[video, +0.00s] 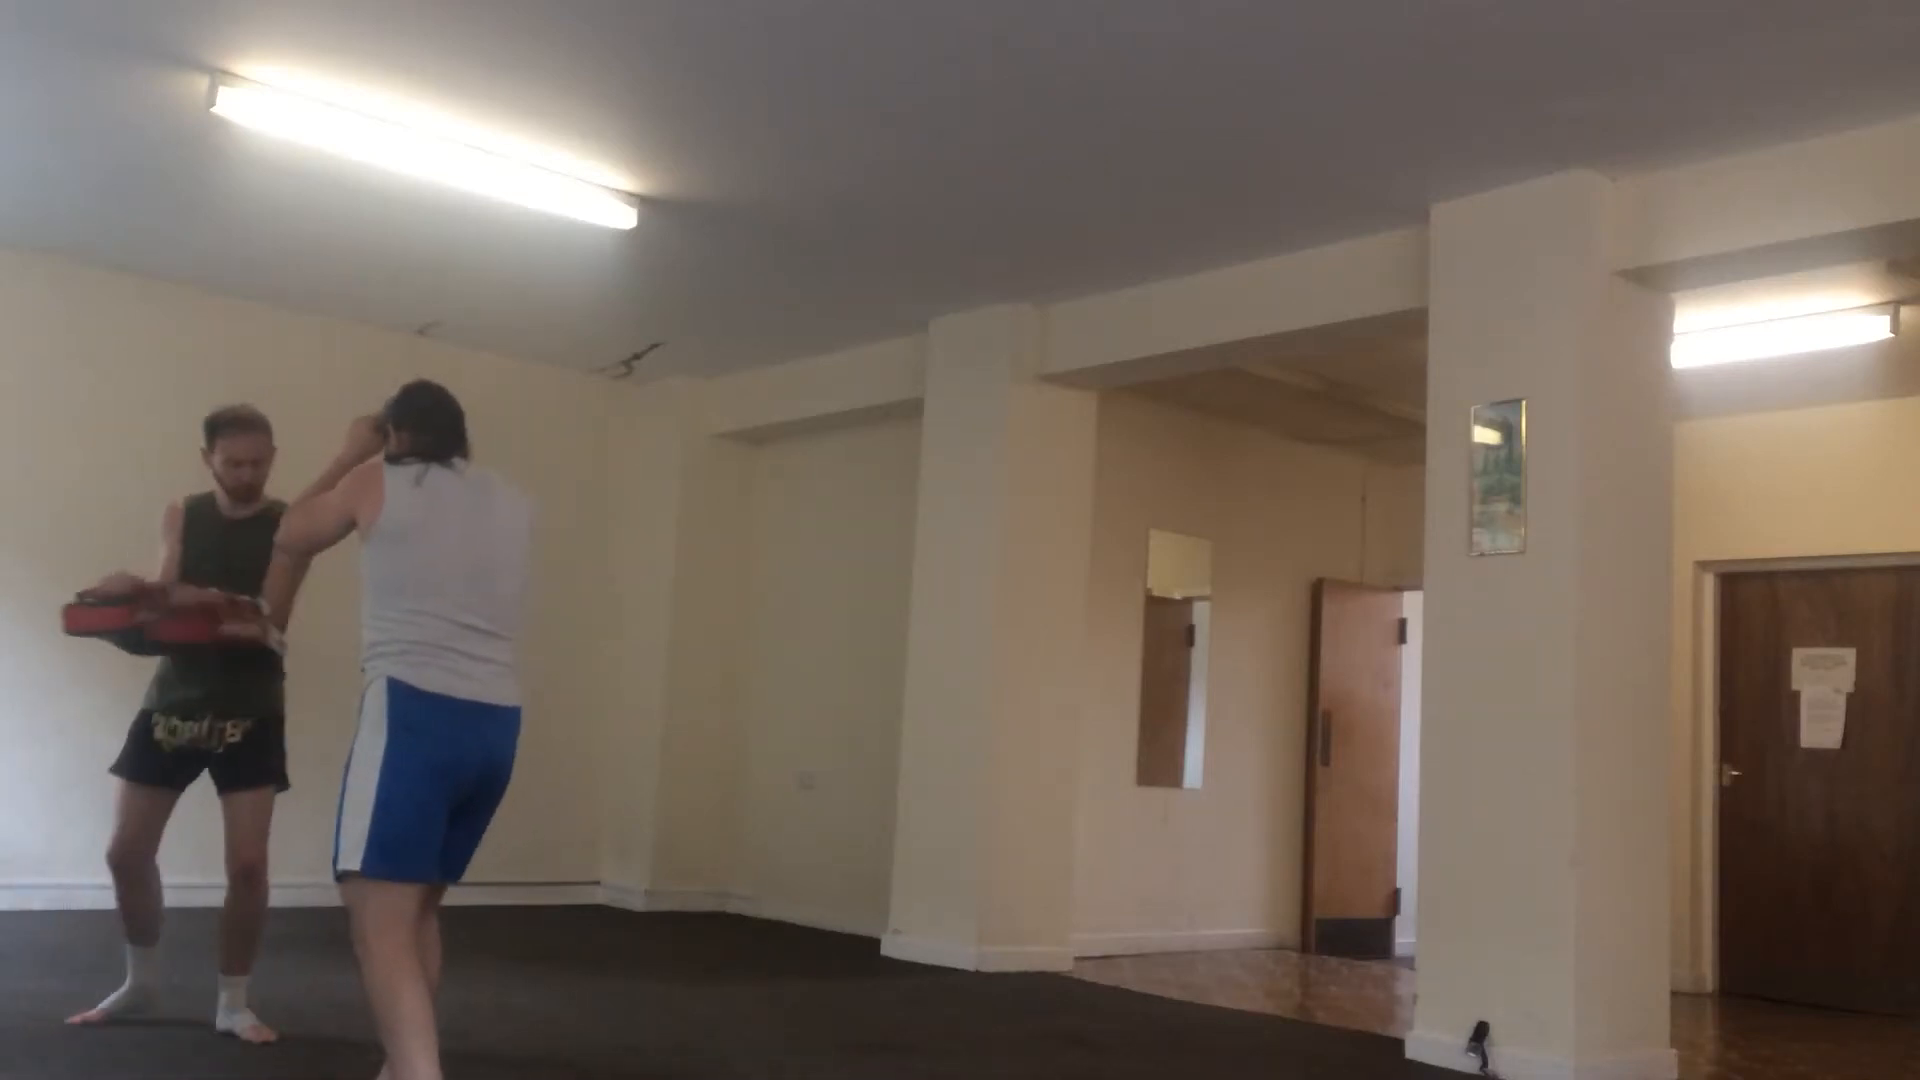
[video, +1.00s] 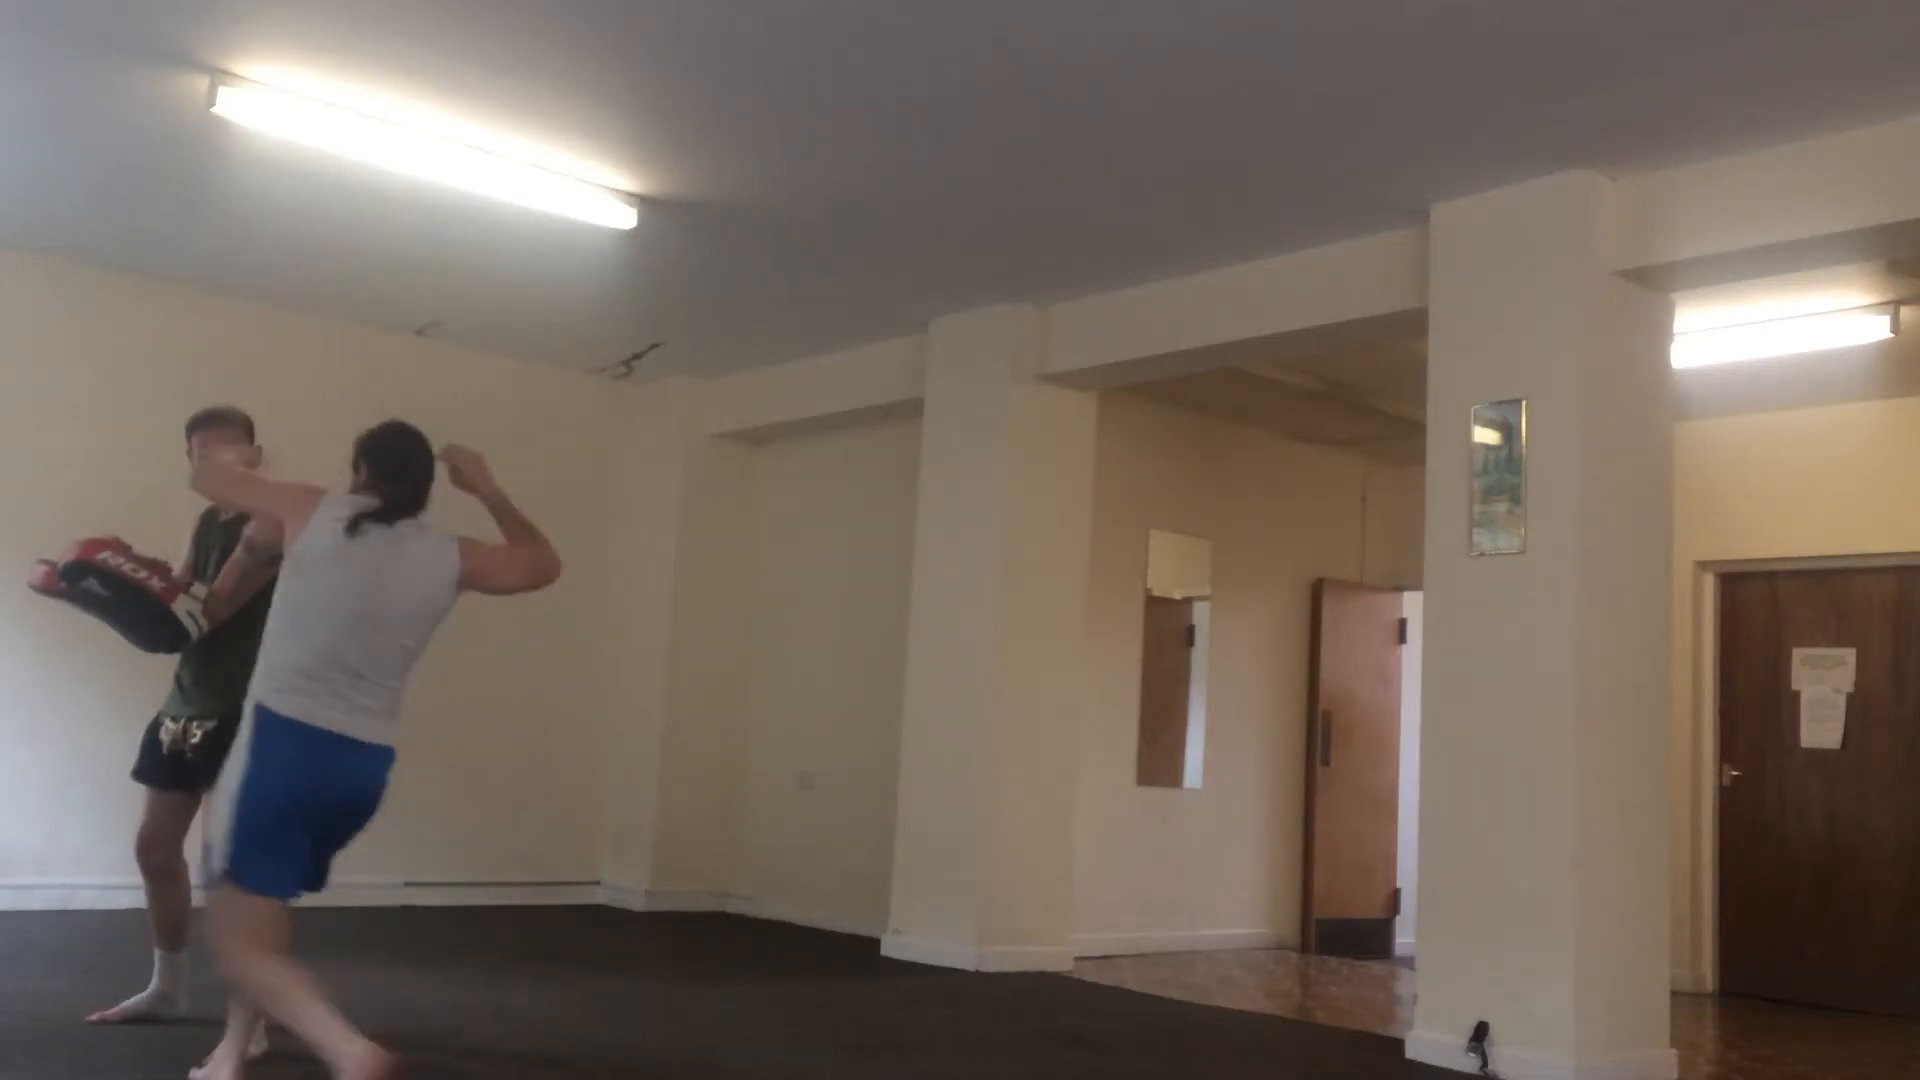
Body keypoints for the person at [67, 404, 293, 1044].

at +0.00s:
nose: (246, 475)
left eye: (257, 463)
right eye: (234, 463)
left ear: (272, 459)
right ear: (209, 459)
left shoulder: (289, 524)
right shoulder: (184, 515)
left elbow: (275, 624)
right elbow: (165, 593)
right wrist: (132, 589)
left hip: (249, 707)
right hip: (176, 700)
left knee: (248, 867)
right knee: (127, 852)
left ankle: (233, 1006)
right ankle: (140, 986)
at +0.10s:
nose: (229, 478)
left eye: (239, 465)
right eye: (216, 467)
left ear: (257, 458)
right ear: (193, 463)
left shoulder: (278, 526)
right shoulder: (175, 521)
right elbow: (169, 605)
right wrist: (117, 589)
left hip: (242, 711)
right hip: (168, 704)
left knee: (245, 858)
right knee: (133, 850)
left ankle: (245, 992)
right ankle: (143, 988)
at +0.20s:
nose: (220, 476)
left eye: (230, 463)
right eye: (208, 466)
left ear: (251, 457)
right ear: (189, 464)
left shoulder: (272, 523)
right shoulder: (180, 519)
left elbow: (226, 603)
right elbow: (164, 594)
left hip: (239, 707)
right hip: (167, 703)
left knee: (237, 852)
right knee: (137, 849)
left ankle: (256, 1003)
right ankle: (145, 988)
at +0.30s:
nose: (219, 475)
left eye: (229, 462)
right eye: (207, 465)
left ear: (251, 456)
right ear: (191, 464)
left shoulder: (271, 523)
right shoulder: (195, 519)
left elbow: (217, 609)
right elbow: (173, 599)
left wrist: (159, 572)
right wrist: (138, 578)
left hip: (235, 711)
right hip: (171, 706)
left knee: (229, 851)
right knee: (140, 848)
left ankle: (253, 1014)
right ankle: (145, 989)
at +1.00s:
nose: (213, 461)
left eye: (225, 448)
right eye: (202, 452)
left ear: (255, 453)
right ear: (191, 461)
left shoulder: (274, 530)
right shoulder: (209, 527)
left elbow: (213, 613)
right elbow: (185, 602)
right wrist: (134, 576)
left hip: (244, 713)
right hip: (189, 706)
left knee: (231, 860)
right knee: (157, 848)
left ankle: (255, 1009)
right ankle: (167, 988)